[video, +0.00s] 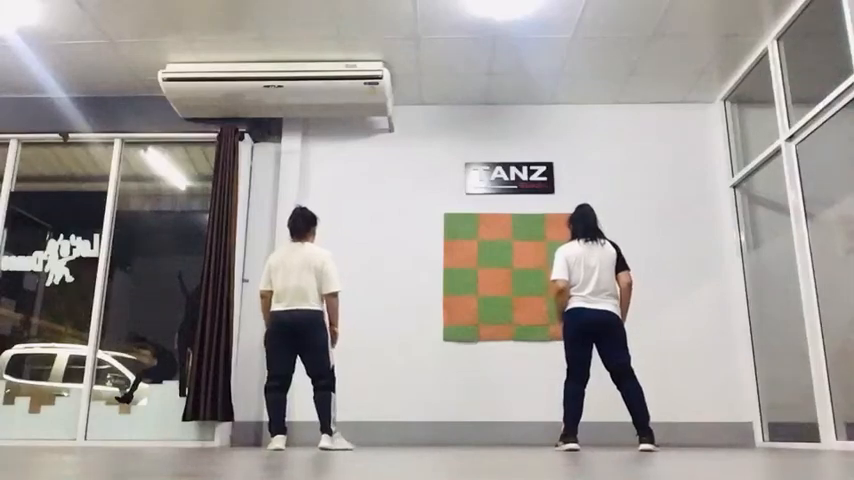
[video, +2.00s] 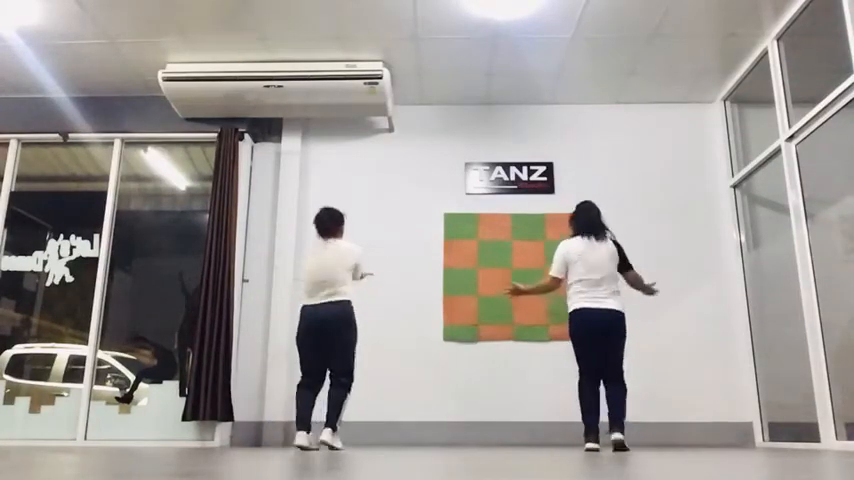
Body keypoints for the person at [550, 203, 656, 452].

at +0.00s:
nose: (568, 228)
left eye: (569, 224)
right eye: (569, 224)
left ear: (573, 225)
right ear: (595, 223)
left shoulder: (565, 250)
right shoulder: (612, 248)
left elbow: (562, 287)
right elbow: (626, 281)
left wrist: (561, 316)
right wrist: (621, 316)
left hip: (577, 318)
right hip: (609, 318)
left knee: (576, 376)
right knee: (624, 375)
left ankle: (569, 435)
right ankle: (645, 434)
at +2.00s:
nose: (569, 222)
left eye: (571, 219)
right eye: (571, 218)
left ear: (575, 221)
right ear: (597, 220)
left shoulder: (567, 246)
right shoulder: (611, 245)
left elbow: (553, 283)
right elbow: (632, 277)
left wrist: (524, 290)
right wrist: (645, 288)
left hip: (582, 316)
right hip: (613, 316)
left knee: (588, 375)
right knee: (614, 374)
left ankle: (591, 437)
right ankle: (617, 431)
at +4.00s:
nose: (612, 222)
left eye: (609, 217)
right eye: (608, 218)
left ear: (597, 223)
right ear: (597, 223)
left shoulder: (603, 251)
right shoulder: (593, 244)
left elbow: (606, 292)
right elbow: (586, 257)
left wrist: (628, 288)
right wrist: (586, 257)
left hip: (601, 315)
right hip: (595, 315)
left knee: (604, 375)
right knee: (604, 374)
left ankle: (596, 433)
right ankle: (598, 433)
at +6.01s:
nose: (612, 259)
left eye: (614, 255)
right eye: (612, 253)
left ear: (591, 248)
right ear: (602, 248)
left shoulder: (573, 267)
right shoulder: (595, 263)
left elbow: (577, 303)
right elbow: (608, 298)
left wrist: (602, 304)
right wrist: (613, 305)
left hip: (582, 338)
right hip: (598, 337)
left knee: (615, 383)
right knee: (633, 383)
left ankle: (592, 433)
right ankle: (601, 434)